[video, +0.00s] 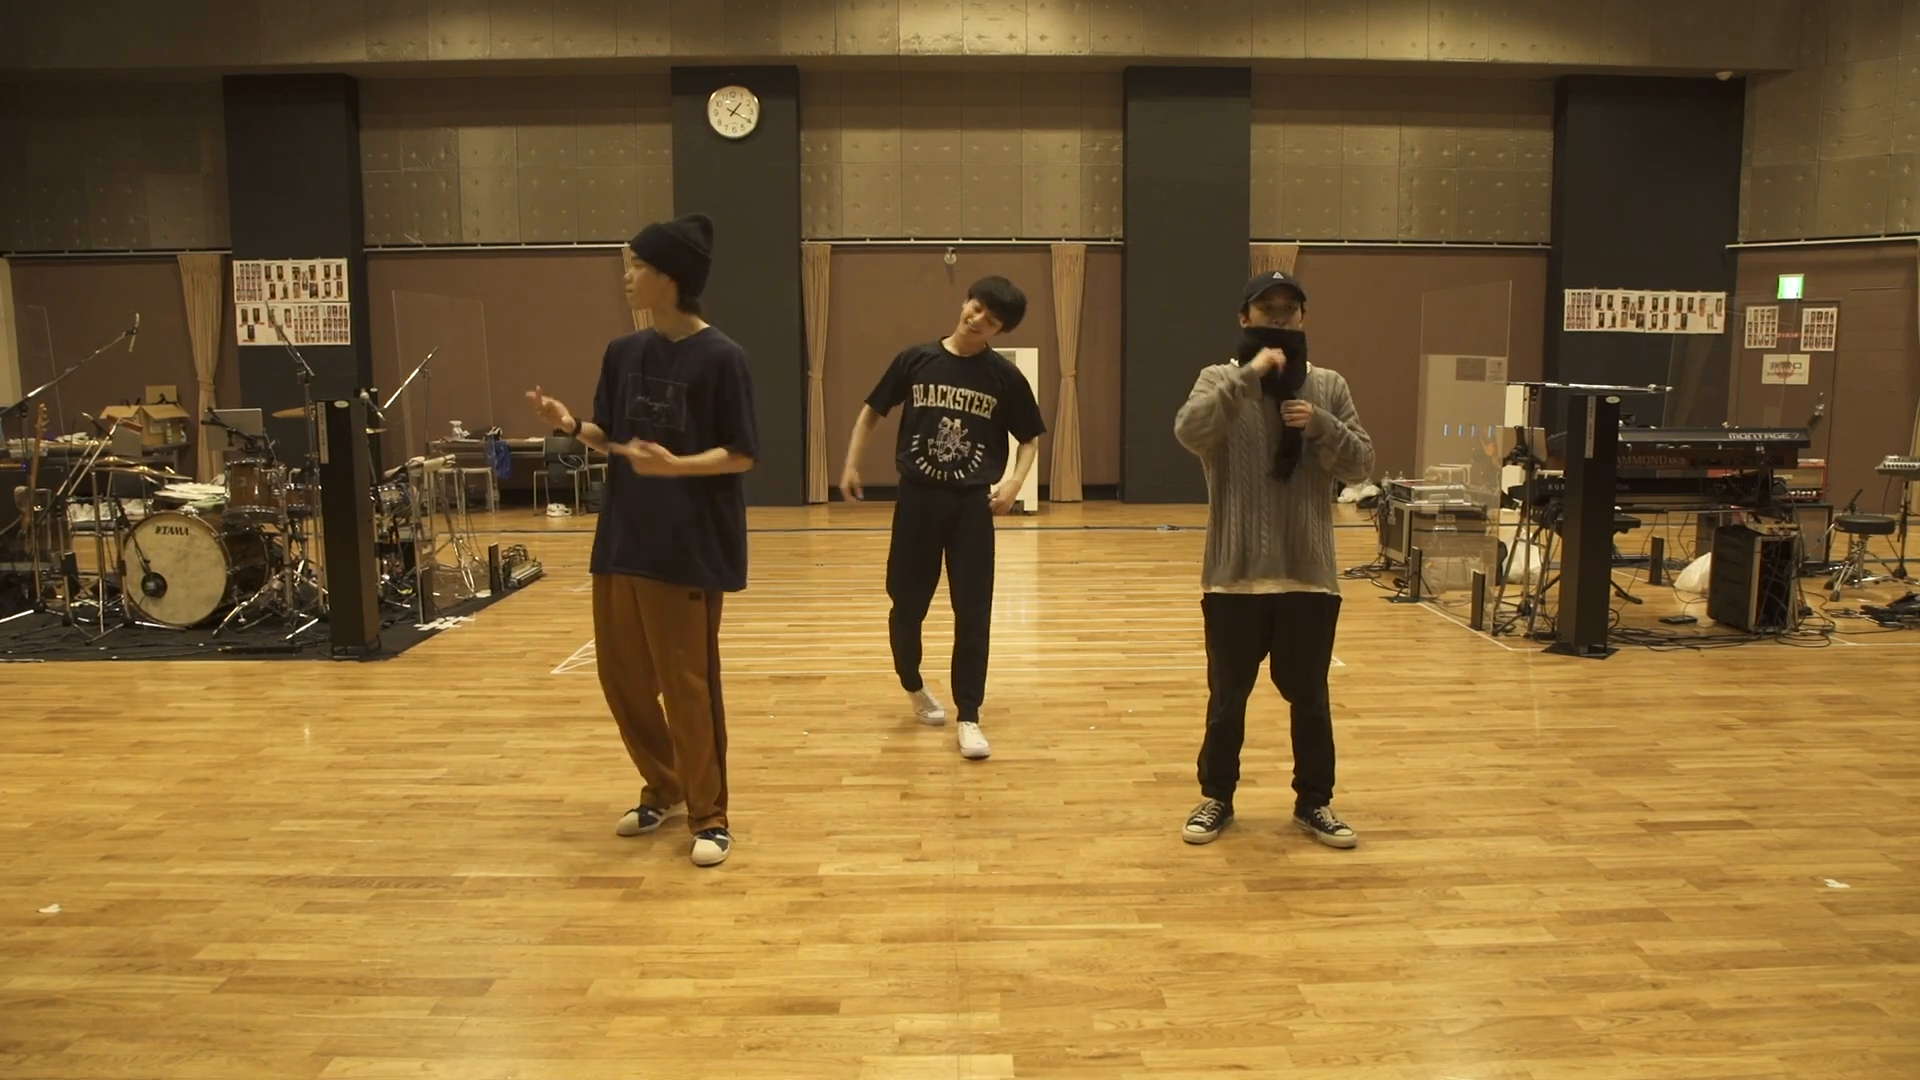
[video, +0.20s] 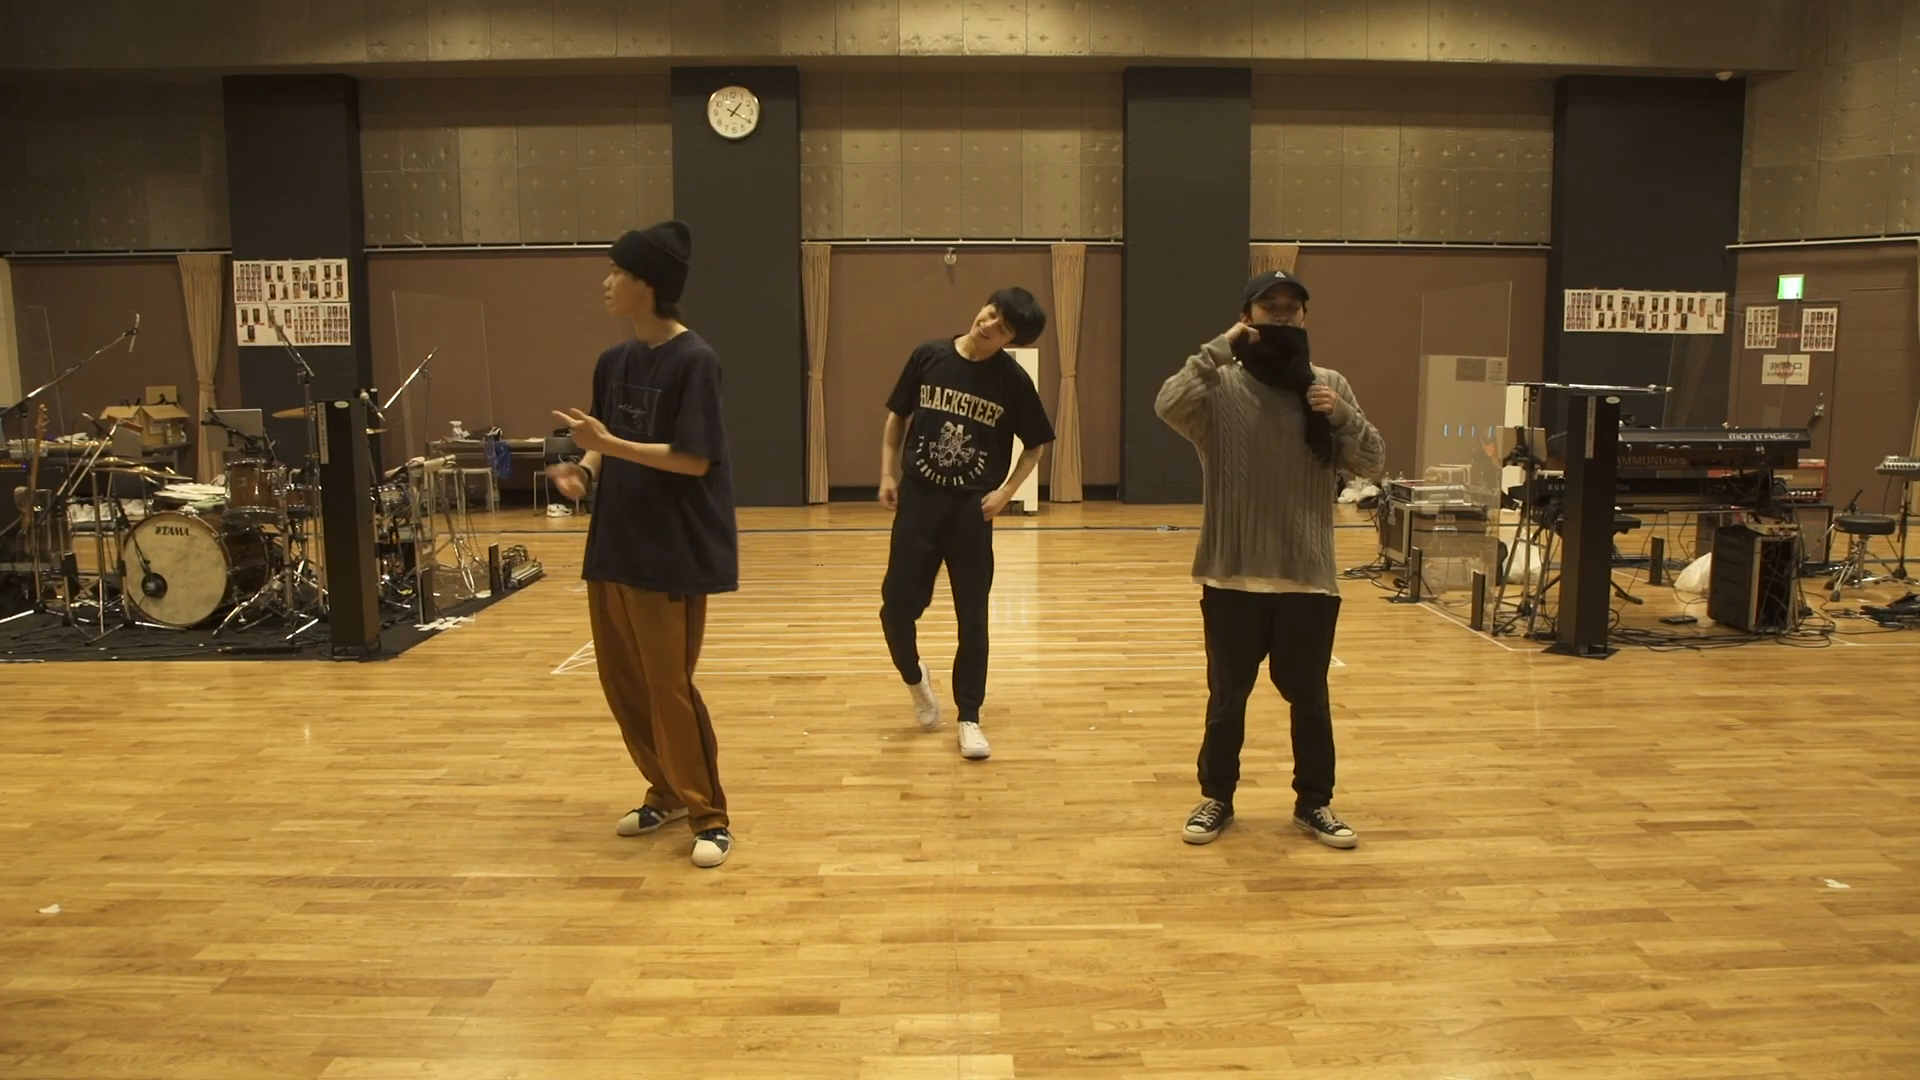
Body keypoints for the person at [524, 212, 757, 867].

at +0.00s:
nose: (625, 281)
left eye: (635, 271)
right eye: (625, 270)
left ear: (672, 279)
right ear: (652, 279)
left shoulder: (722, 359)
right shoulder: (622, 353)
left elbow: (742, 454)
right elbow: (611, 441)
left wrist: (676, 464)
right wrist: (571, 425)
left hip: (686, 553)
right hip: (621, 549)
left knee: (687, 685)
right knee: (623, 677)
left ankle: (710, 817)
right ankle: (661, 790)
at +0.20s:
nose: (605, 285)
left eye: (616, 275)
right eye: (609, 273)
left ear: (650, 285)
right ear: (638, 286)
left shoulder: (694, 360)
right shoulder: (611, 364)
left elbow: (695, 460)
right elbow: (607, 453)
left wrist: (610, 444)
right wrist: (580, 475)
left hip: (668, 560)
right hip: (611, 555)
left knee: (669, 688)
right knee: (625, 687)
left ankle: (710, 819)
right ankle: (665, 795)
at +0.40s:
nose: (587, 281)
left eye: (596, 270)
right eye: (589, 269)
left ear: (631, 278)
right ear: (619, 278)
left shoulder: (679, 347)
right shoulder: (596, 354)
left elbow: (674, 445)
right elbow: (587, 437)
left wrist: (587, 449)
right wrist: (582, 473)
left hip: (661, 547)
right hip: (604, 544)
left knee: (669, 676)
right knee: (621, 676)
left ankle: (698, 818)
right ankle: (662, 790)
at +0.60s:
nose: (584, 293)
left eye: (596, 282)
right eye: (580, 281)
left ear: (633, 285)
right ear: (581, 286)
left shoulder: (667, 355)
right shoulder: (585, 366)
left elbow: (671, 454)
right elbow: (579, 445)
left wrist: (643, 534)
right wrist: (570, 464)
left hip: (666, 553)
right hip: (605, 554)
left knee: (679, 685)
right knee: (629, 683)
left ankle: (695, 824)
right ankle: (664, 792)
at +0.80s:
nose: (597, 285)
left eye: (610, 274)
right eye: (589, 274)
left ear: (642, 277)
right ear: (580, 279)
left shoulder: (679, 349)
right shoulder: (572, 359)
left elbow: (732, 430)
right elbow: (566, 437)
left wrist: (695, 491)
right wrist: (574, 471)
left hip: (671, 541)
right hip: (605, 544)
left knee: (684, 673)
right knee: (631, 673)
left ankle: (696, 815)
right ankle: (662, 793)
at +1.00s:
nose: (613, 292)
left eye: (627, 282)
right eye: (604, 281)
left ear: (653, 289)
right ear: (593, 288)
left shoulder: (690, 360)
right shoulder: (577, 369)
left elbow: (737, 437)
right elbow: (575, 462)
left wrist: (695, 481)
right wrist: (577, 543)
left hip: (682, 554)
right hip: (612, 555)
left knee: (692, 685)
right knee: (631, 683)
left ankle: (695, 824)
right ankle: (663, 791)